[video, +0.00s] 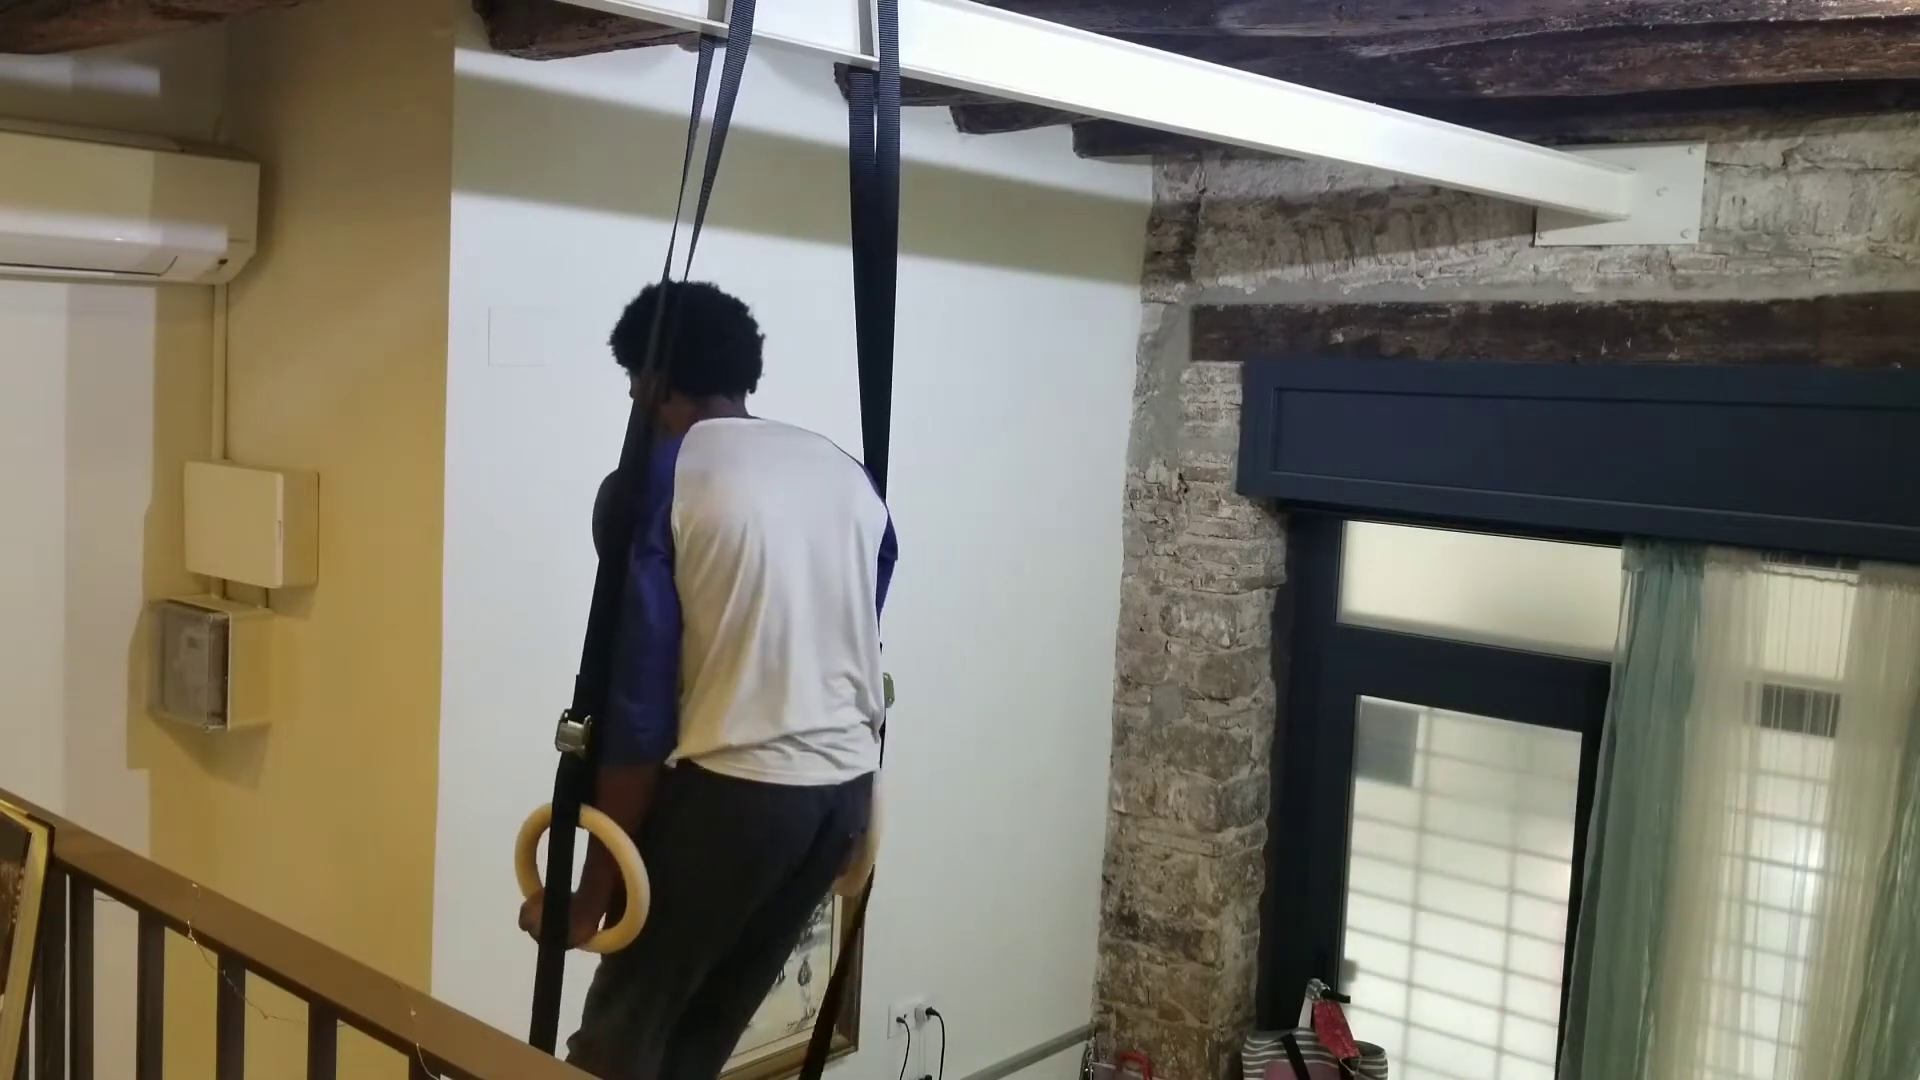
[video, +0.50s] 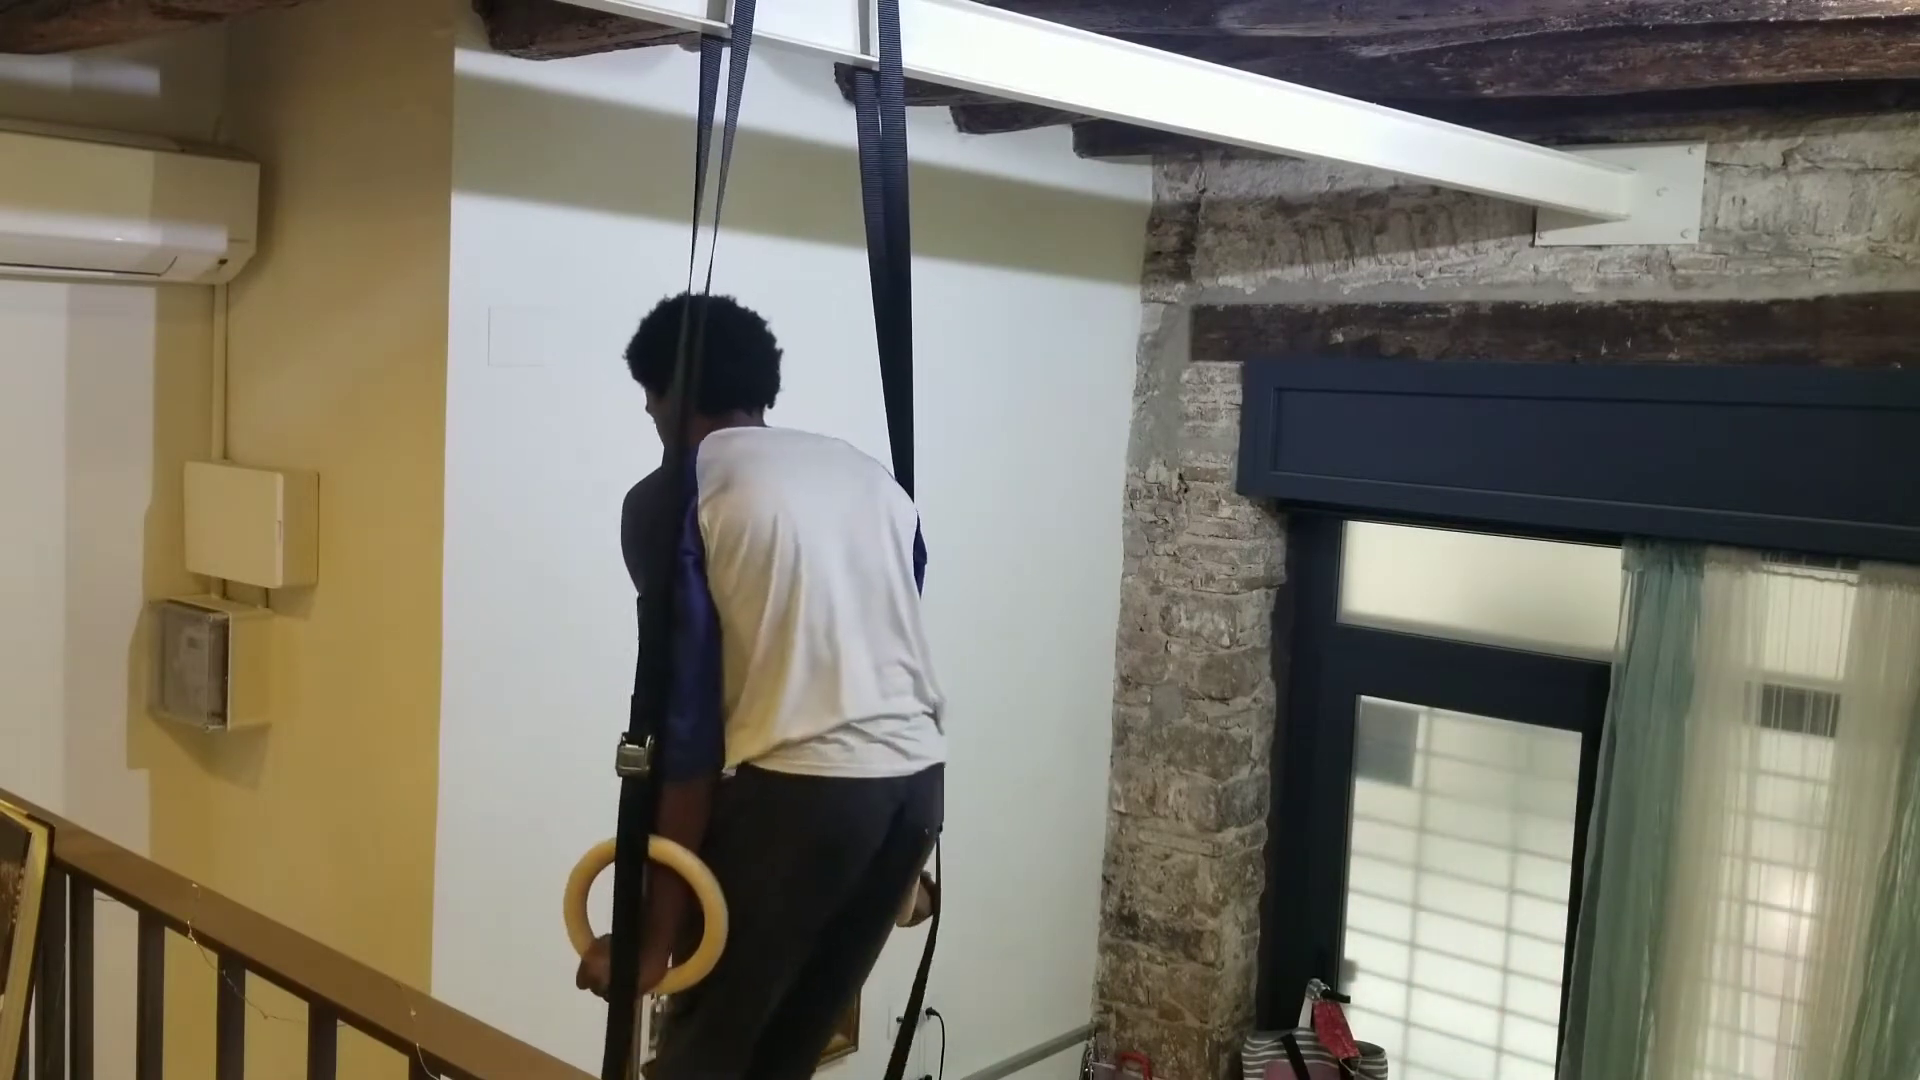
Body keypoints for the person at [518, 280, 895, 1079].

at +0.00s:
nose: (631, 399)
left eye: (633, 378)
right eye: (631, 378)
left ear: (657, 375)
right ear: (741, 376)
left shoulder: (657, 478)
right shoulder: (845, 472)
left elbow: (643, 694)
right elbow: (859, 637)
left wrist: (600, 867)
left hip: (726, 800)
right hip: (837, 805)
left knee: (621, 1035)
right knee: (702, 1042)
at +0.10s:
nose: (637, 400)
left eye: (639, 380)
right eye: (637, 380)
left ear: (661, 378)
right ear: (748, 378)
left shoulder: (658, 485)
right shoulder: (851, 477)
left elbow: (649, 706)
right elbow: (869, 652)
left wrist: (609, 895)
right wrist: (868, 823)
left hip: (735, 806)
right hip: (845, 813)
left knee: (627, 1038)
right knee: (708, 1045)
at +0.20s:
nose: (642, 407)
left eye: (643, 388)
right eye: (642, 388)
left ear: (664, 381)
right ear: (752, 383)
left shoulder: (666, 484)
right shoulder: (856, 477)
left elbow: (656, 714)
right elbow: (878, 656)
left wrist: (613, 907)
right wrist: (879, 830)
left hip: (744, 809)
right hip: (854, 816)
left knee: (636, 1046)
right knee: (717, 1050)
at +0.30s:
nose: (648, 409)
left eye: (648, 390)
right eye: (645, 390)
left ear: (670, 383)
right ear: (758, 381)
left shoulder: (670, 486)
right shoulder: (863, 477)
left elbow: (666, 715)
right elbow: (886, 652)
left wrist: (628, 918)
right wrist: (890, 839)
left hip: (763, 803)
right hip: (873, 807)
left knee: (653, 1042)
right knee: (736, 1047)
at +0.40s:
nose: (652, 415)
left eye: (651, 394)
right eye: (647, 396)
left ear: (678, 385)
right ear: (761, 382)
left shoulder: (673, 490)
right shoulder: (872, 480)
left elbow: (680, 717)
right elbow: (893, 647)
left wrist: (642, 928)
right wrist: (907, 844)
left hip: (779, 804)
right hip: (892, 807)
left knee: (676, 1047)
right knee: (759, 1051)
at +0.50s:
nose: (655, 418)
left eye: (653, 396)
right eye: (649, 399)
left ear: (679, 389)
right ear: (761, 384)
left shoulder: (673, 494)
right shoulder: (876, 480)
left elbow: (688, 724)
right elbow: (902, 654)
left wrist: (654, 937)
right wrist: (916, 853)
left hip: (792, 802)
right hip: (908, 804)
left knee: (703, 1050)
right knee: (789, 1053)